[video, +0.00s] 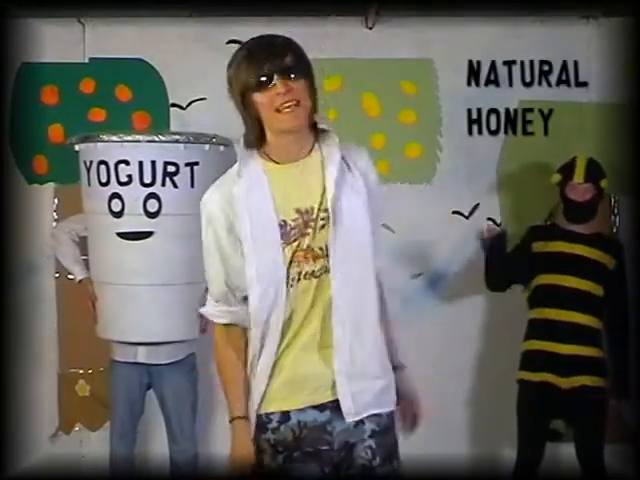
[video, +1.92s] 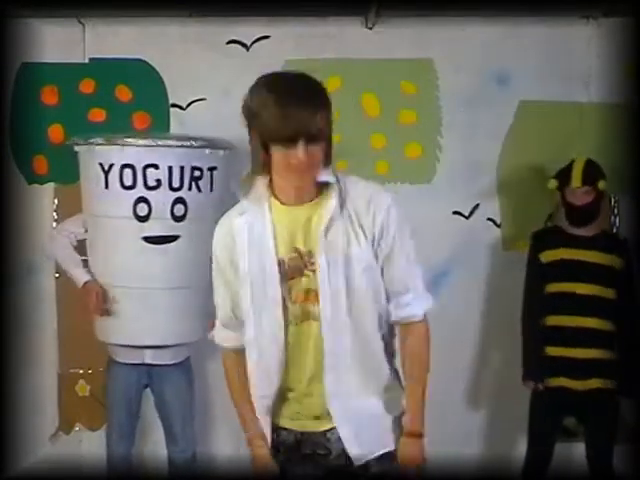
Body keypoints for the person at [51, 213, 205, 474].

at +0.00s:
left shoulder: (189, 227)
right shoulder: (112, 222)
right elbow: (62, 230)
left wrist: (211, 298)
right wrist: (83, 278)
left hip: (176, 353)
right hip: (125, 353)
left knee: (184, 448)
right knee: (121, 448)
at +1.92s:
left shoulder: (188, 225)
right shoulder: (109, 218)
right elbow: (58, 237)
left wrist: (217, 307)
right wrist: (85, 282)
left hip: (174, 355)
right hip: (124, 356)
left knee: (184, 451)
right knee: (118, 452)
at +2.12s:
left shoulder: (190, 232)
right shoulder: (112, 222)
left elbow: (234, 248)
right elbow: (63, 241)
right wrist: (95, 281)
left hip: (175, 359)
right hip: (125, 359)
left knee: (184, 448)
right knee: (120, 452)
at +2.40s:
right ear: (161, 178)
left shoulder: (211, 219)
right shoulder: (137, 213)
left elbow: (254, 236)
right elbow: (100, 236)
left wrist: (300, 259)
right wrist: (123, 267)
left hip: (188, 355)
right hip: (143, 355)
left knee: (188, 455)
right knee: (153, 450)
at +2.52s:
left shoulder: (215, 217)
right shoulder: (149, 205)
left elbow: (250, 239)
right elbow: (119, 234)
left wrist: (299, 248)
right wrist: (143, 258)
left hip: (189, 351)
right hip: (148, 349)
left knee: (190, 455)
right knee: (166, 454)